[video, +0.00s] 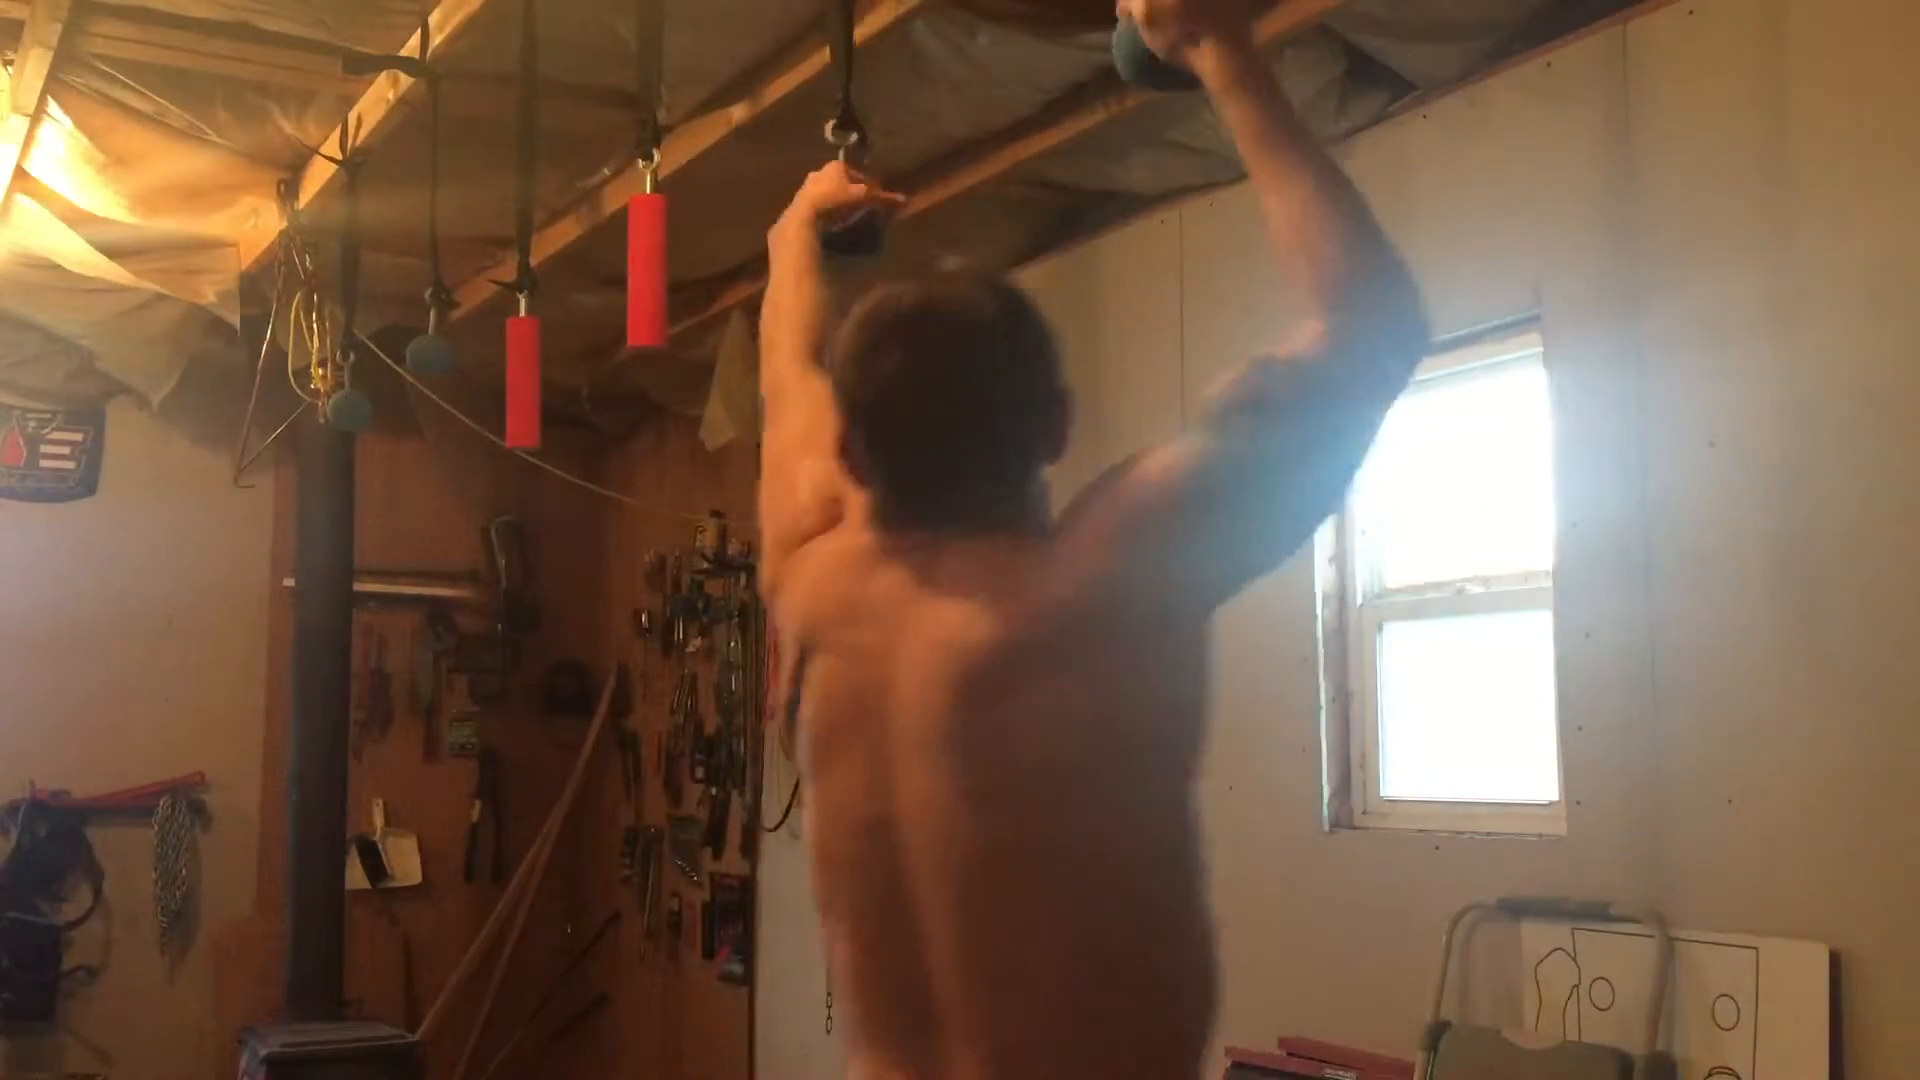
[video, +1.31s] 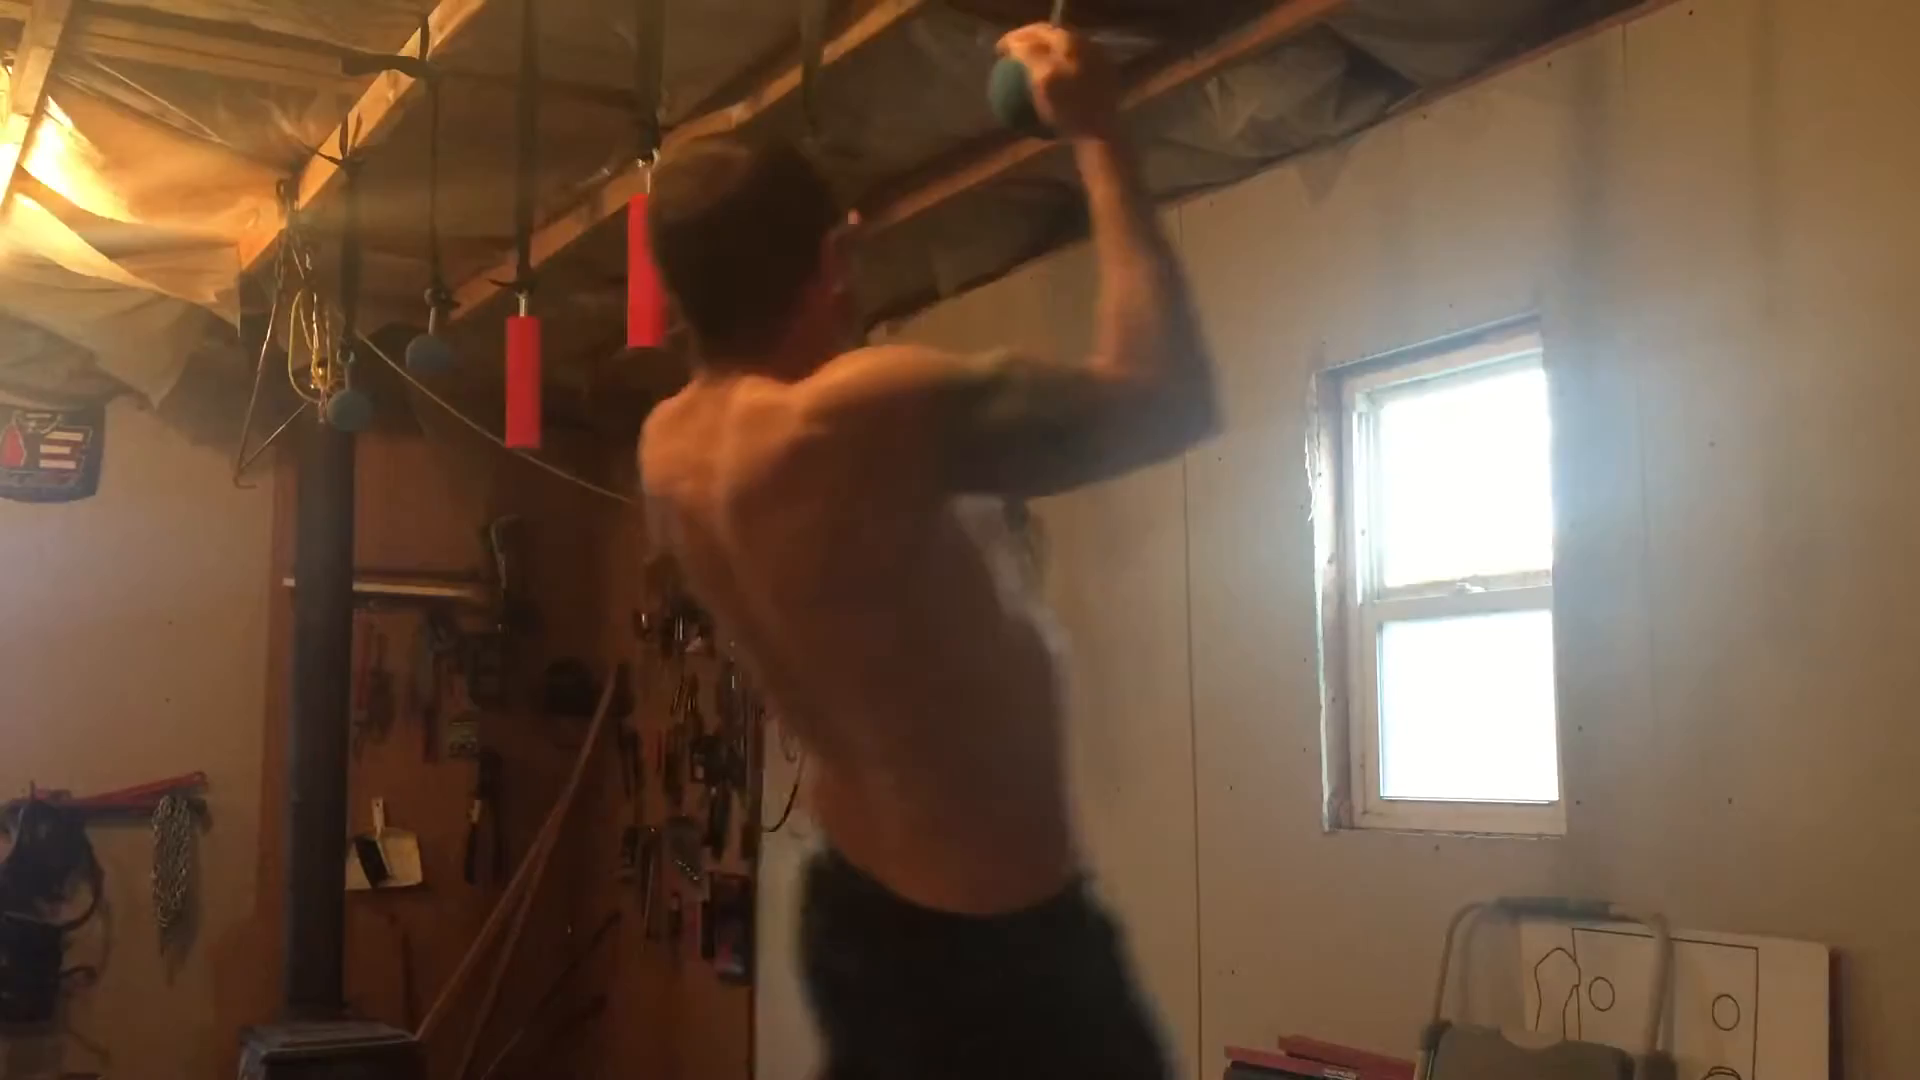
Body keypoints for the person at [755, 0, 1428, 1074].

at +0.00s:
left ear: (850, 452)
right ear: (1057, 430)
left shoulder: (822, 601)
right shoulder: (1120, 580)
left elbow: (792, 380)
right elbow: (1371, 332)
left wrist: (796, 221)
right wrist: (1226, 51)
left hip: (888, 1064)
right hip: (1124, 1063)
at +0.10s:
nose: (997, 463)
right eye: (987, 446)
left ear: (796, 493)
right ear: (982, 483)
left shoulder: (769, 640)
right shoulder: (1036, 618)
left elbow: (760, 430)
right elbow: (1288, 365)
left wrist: (799, 253)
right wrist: (1204, 63)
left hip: (823, 1067)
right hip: (1035, 1063)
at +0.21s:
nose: (904, 490)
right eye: (891, 474)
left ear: (727, 527)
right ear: (882, 520)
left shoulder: (695, 661)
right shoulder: (934, 630)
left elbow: (775, 475)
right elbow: (1137, 409)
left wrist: (805, 269)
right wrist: (1139, 89)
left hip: (758, 1066)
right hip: (959, 1064)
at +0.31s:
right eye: (781, 463)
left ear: (630, 529)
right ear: (776, 505)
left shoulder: (619, 632)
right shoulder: (818, 613)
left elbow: (791, 490)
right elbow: (1016, 416)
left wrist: (815, 291)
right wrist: (1027, 102)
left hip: (693, 1062)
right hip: (848, 1062)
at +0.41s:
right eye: (708, 372)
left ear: (563, 443)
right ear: (707, 416)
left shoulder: (557, 560)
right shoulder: (731, 536)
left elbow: (769, 489)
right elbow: (944, 403)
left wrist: (791, 309)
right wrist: (972, 110)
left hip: (637, 1042)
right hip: (788, 1034)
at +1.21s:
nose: (782, 275)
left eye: (784, 253)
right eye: (777, 258)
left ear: (632, 314)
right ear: (766, 290)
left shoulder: (619, 451)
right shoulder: (802, 434)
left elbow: (717, 402)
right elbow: (1083, 402)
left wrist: (779, 276)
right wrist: (1045, 137)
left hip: (765, 923)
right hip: (911, 959)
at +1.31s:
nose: (853, 266)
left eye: (846, 240)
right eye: (846, 243)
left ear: (688, 290)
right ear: (827, 268)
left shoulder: (668, 446)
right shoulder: (877, 410)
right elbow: (1166, 399)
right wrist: (1098, 137)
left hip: (860, 933)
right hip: (1014, 956)